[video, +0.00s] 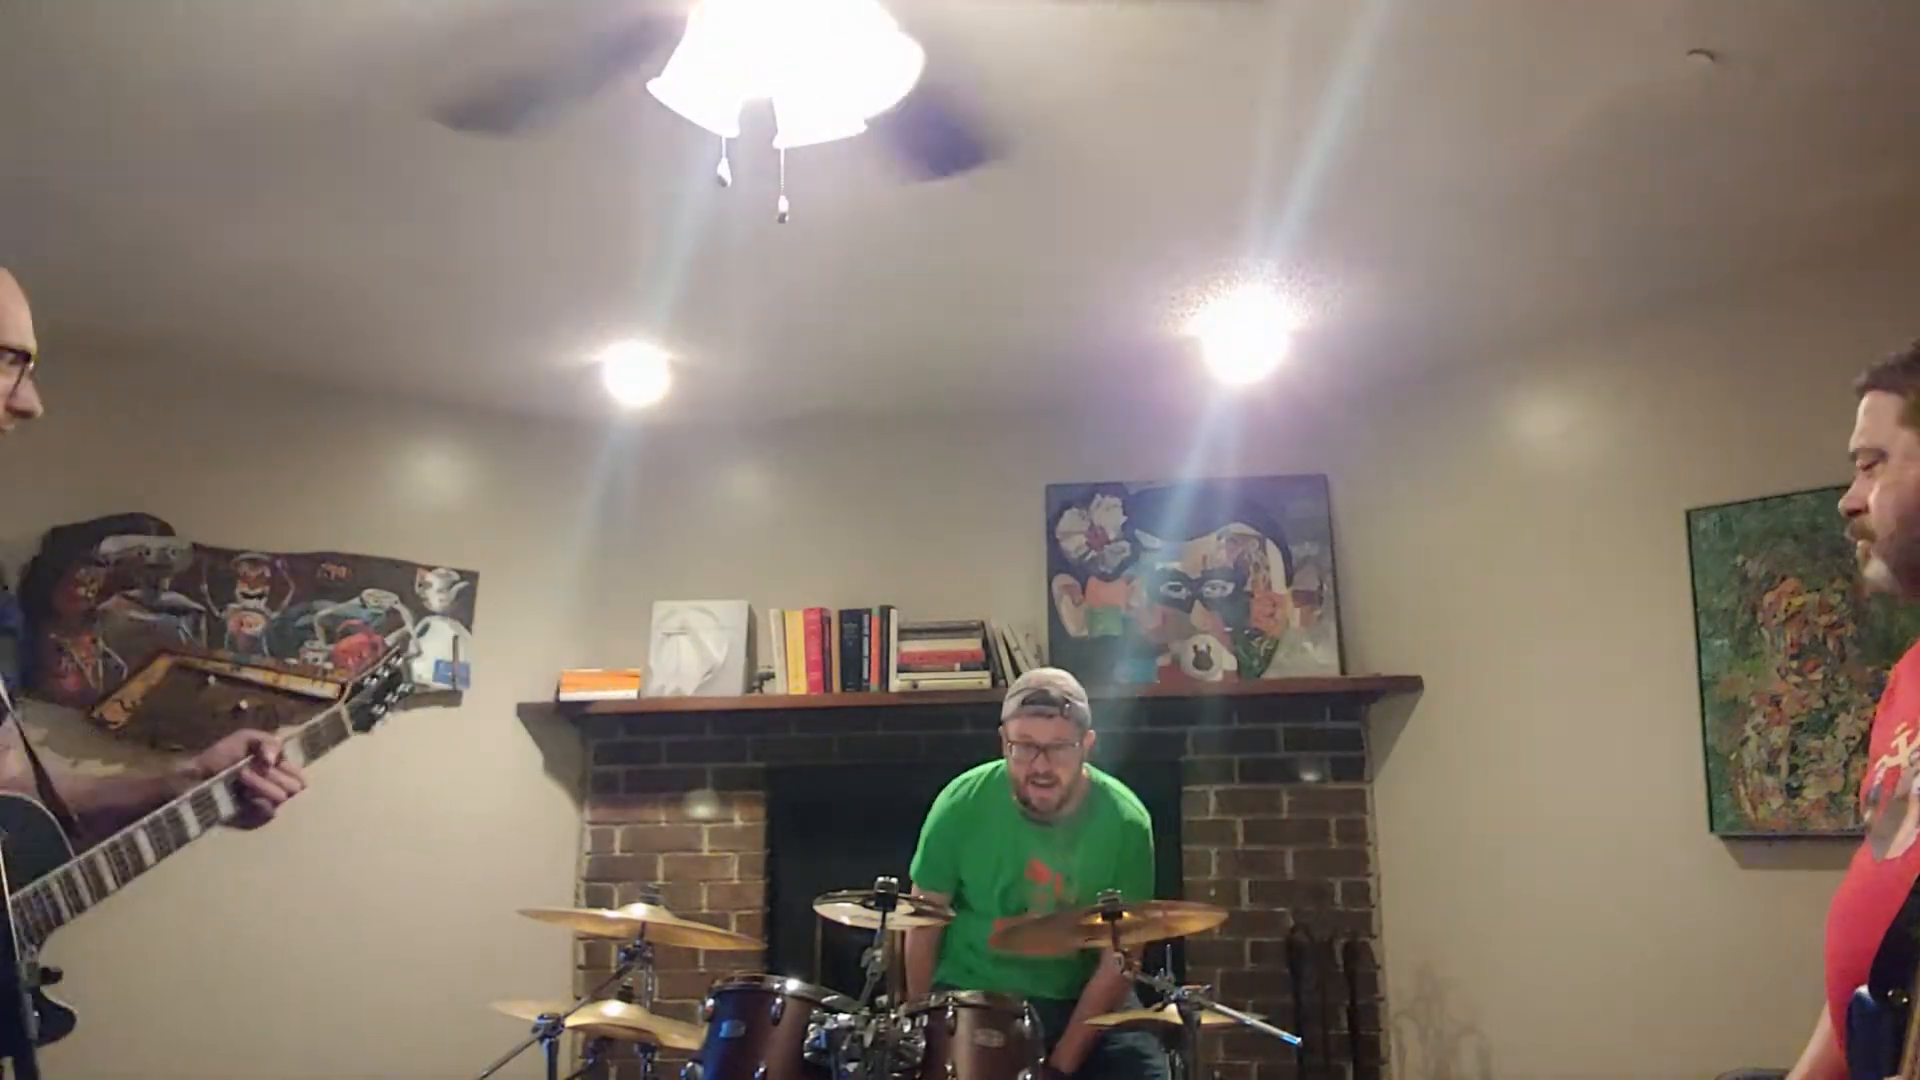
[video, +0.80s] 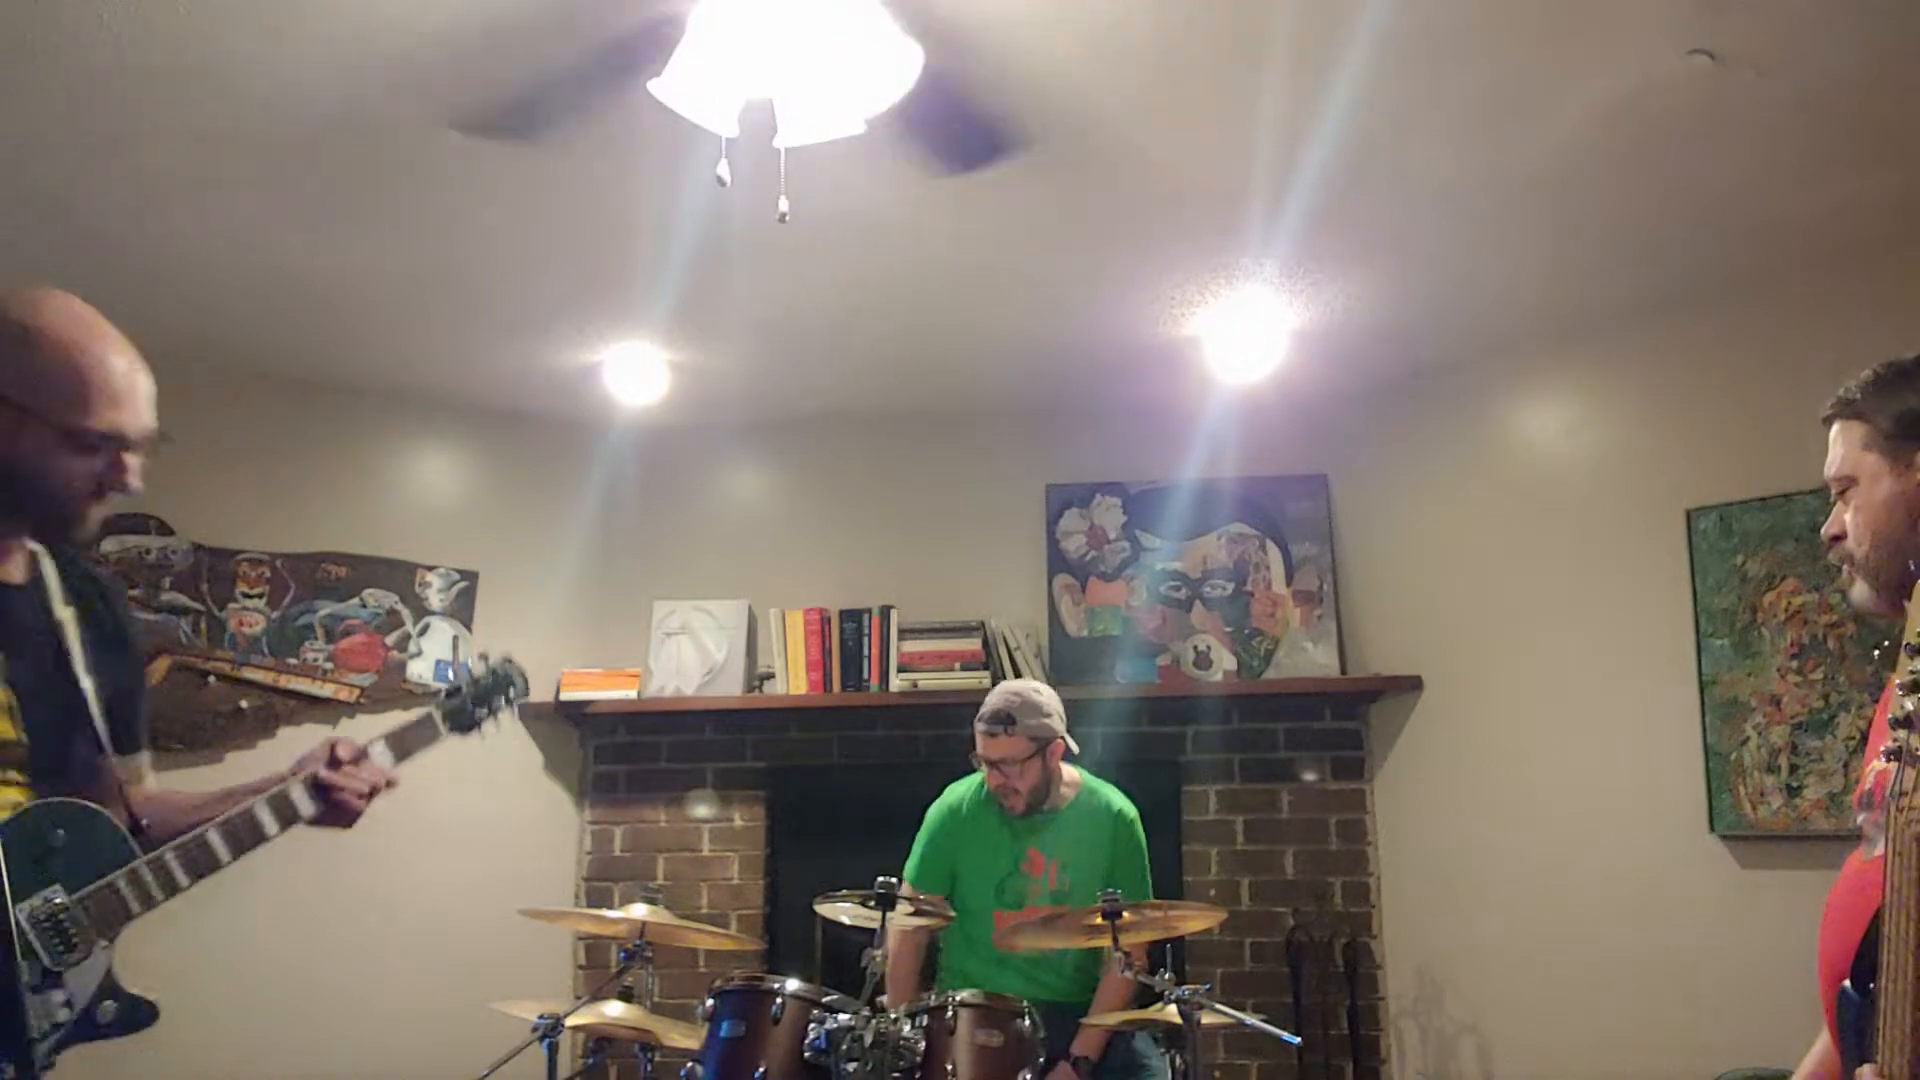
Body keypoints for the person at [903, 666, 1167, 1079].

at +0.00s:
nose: (1040, 765)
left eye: (1057, 748)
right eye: (1024, 747)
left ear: (1087, 744)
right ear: (1004, 742)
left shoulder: (1126, 822)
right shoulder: (961, 805)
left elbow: (1123, 955)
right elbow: (922, 921)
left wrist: (1060, 1064)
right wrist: (920, 1031)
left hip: (1082, 1004)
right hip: (973, 1002)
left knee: (1146, 1069)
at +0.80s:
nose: (994, 781)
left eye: (1008, 765)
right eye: (986, 764)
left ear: (1056, 752)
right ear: (976, 753)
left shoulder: (1114, 819)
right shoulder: (954, 812)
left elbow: (1128, 953)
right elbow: (908, 929)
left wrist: (1078, 1060)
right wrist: (901, 1039)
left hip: (1079, 1021)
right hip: (972, 1021)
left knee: (1147, 1069)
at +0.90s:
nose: (992, 801)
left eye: (1006, 786)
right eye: (984, 784)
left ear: (1052, 771)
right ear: (974, 770)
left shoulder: (1111, 836)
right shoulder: (953, 831)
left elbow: (1136, 962)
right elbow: (901, 934)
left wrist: (1082, 1062)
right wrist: (886, 1036)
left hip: (1077, 1031)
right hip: (970, 1029)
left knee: (1147, 1072)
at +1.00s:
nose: (988, 817)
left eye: (1001, 802)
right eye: (979, 802)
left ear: (1046, 788)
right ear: (969, 791)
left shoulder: (1105, 852)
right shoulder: (951, 850)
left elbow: (1134, 977)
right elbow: (895, 964)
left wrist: (1077, 1061)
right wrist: (877, 1048)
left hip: (1081, 1037)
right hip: (975, 1037)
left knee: (1147, 1076)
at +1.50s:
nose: (969, 816)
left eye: (980, 802)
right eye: (960, 804)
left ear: (1023, 785)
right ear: (951, 797)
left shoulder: (1095, 851)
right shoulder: (951, 866)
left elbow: (1151, 951)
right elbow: (906, 987)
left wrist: (1137, 991)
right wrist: (888, 1047)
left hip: (1083, 1035)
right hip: (979, 1035)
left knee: (1146, 1074)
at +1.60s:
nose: (963, 816)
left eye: (974, 802)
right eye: (954, 804)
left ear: (1016, 786)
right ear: (945, 796)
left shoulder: (1090, 846)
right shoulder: (946, 866)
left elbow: (1148, 942)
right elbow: (906, 991)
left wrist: (1140, 990)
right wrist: (888, 1054)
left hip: (1083, 1034)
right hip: (979, 1039)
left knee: (1135, 1071)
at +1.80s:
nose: (957, 833)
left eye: (969, 819)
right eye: (945, 819)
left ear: (1010, 801)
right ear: (935, 807)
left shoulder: (1082, 846)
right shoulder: (938, 872)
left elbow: (1145, 940)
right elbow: (904, 999)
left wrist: (1112, 1001)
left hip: (1074, 1036)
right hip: (974, 1039)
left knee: (1133, 1074)